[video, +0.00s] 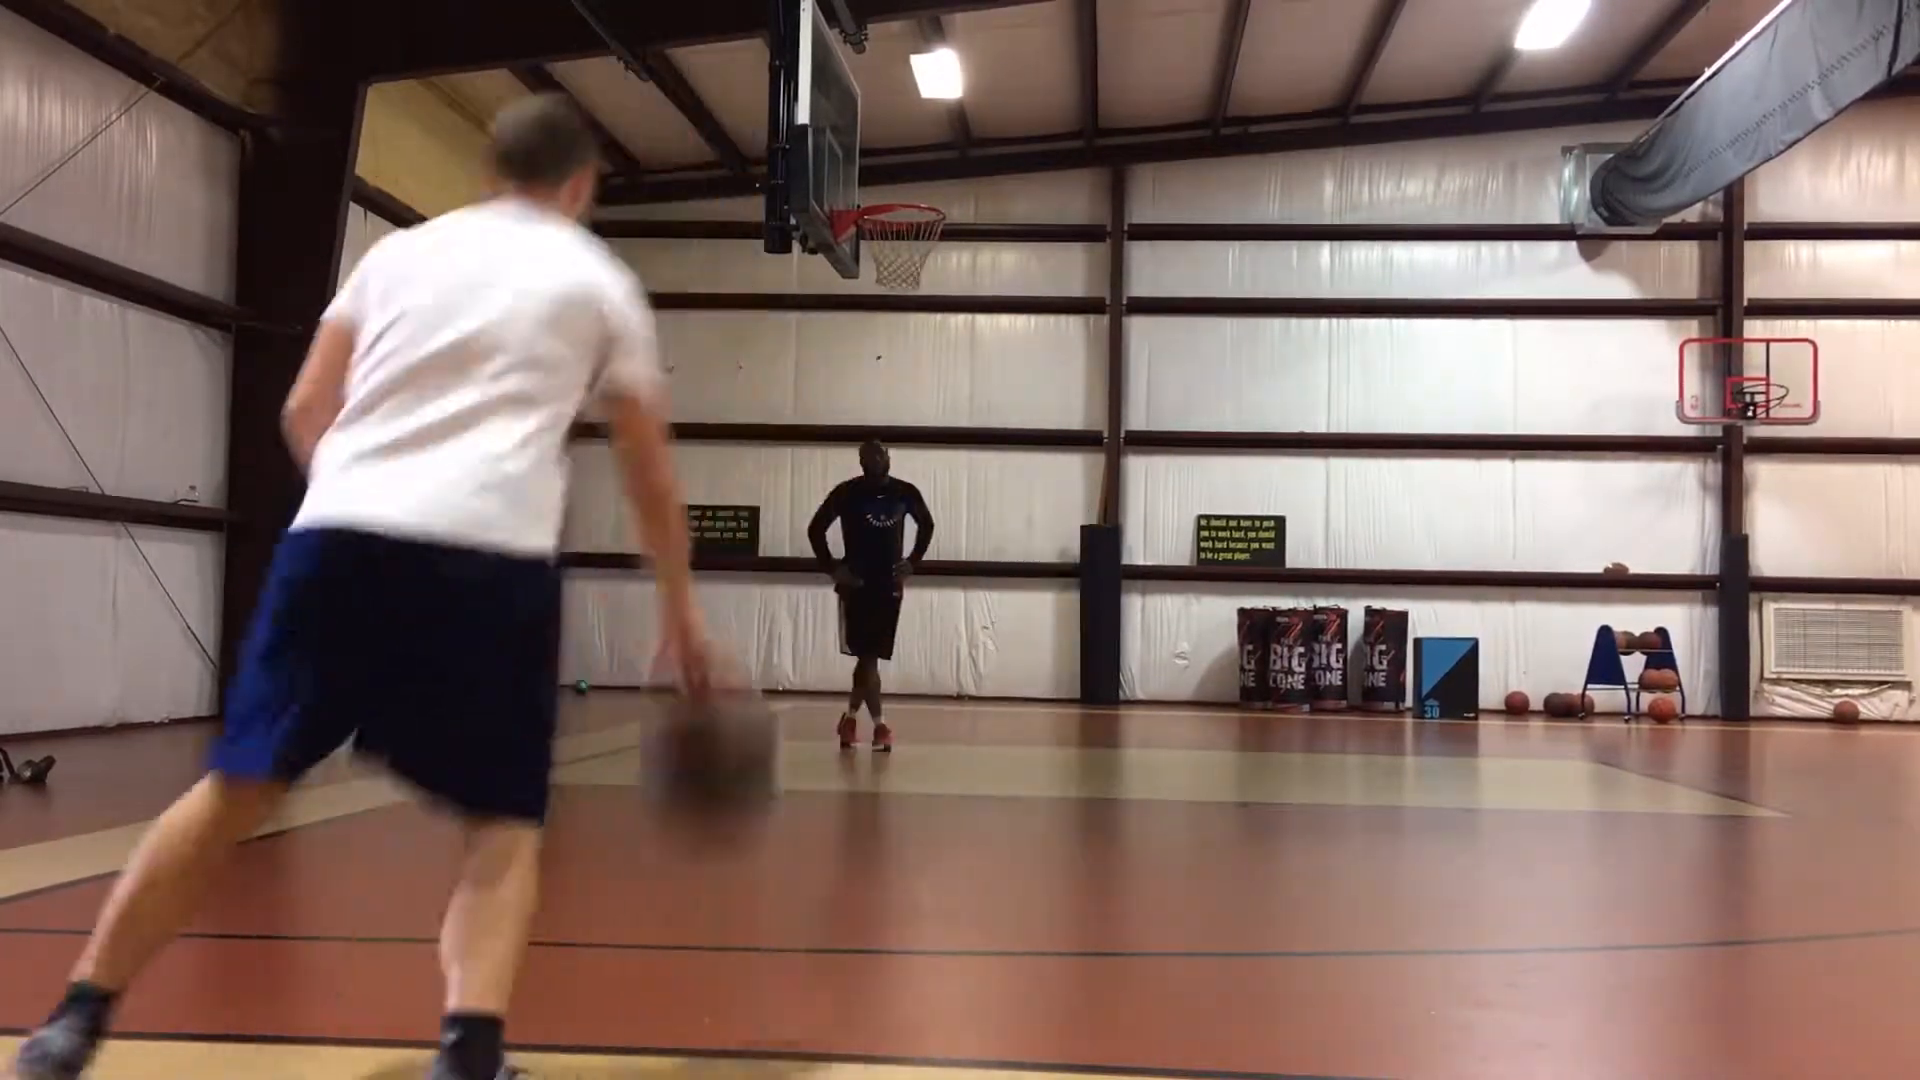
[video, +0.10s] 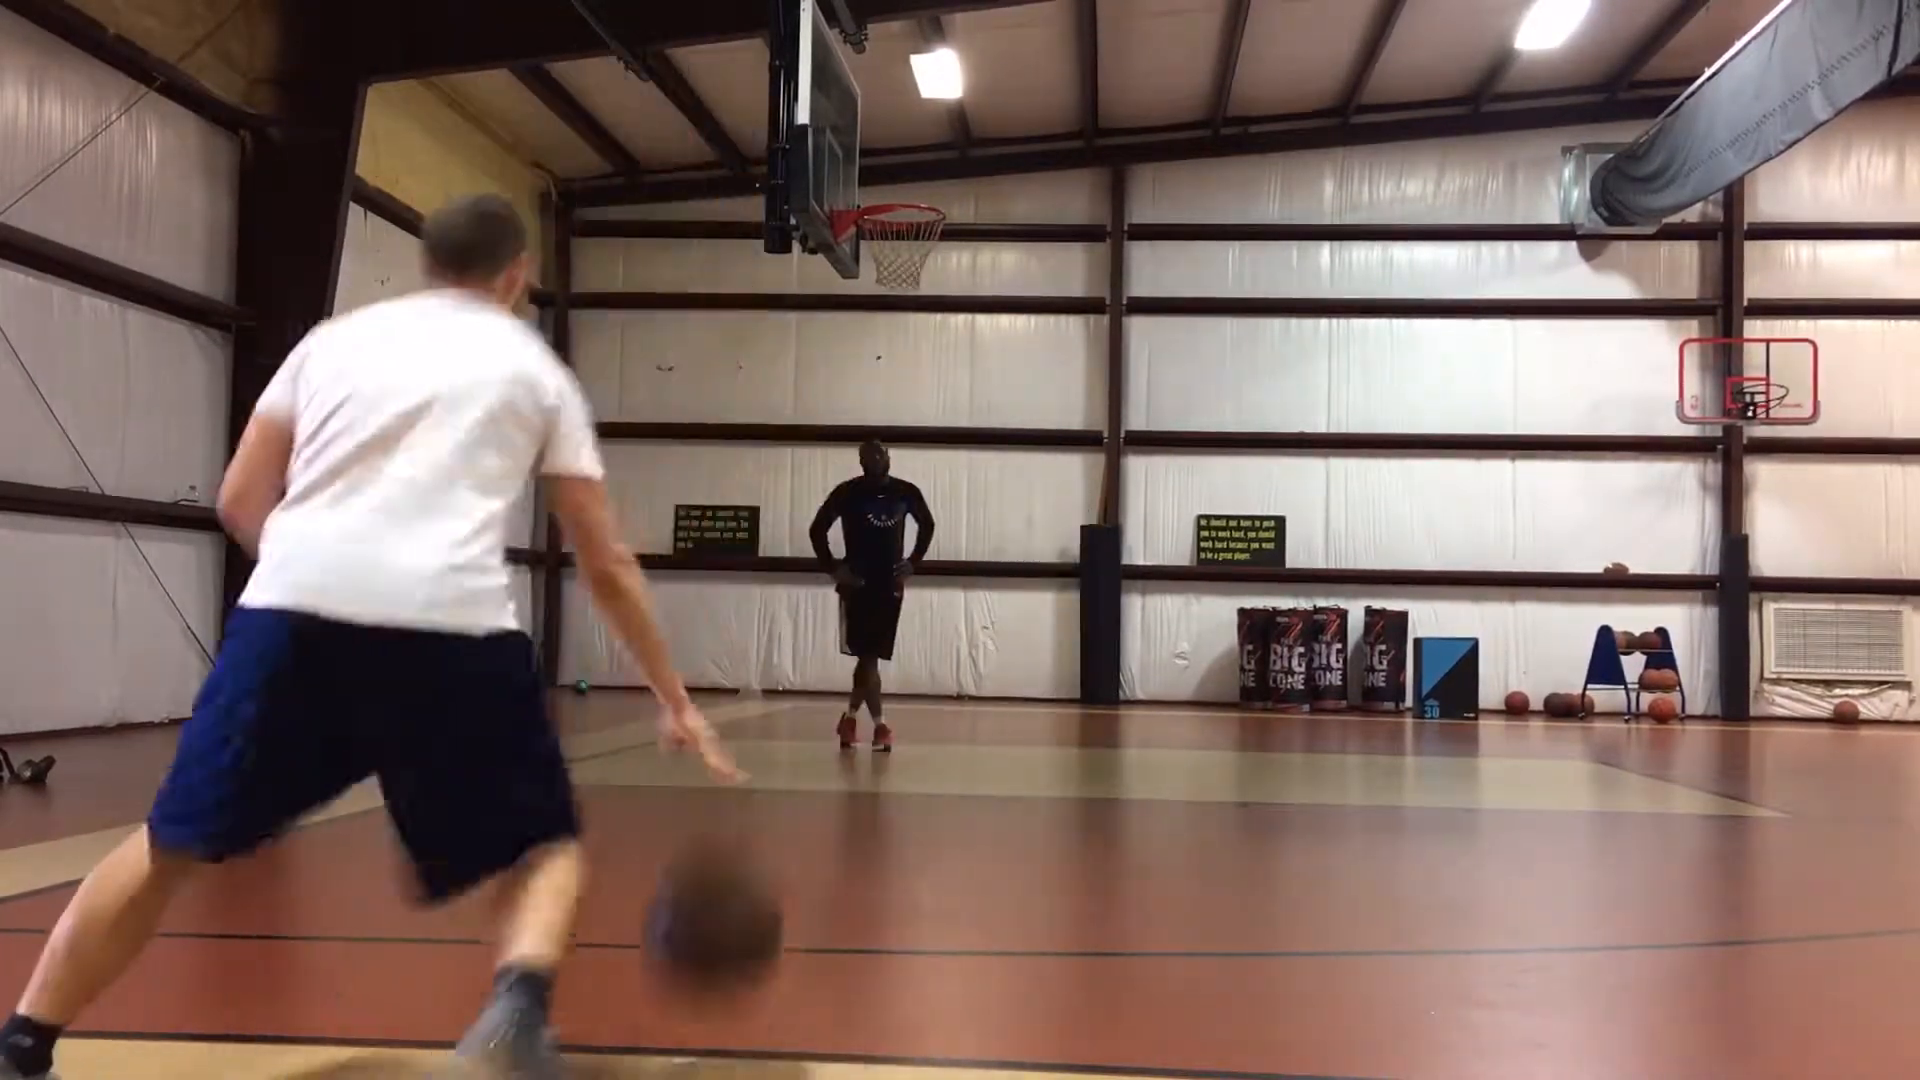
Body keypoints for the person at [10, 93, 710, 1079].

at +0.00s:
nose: (592, 200)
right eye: (595, 188)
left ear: (491, 173)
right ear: (582, 184)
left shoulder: (395, 253)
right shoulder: (597, 276)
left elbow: (308, 409)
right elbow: (650, 470)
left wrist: (376, 508)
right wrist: (681, 619)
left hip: (335, 544)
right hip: (490, 569)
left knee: (233, 784)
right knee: (505, 821)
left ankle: (76, 1018)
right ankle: (471, 1057)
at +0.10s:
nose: (528, 288)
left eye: (523, 273)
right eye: (527, 274)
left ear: (424, 264)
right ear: (516, 274)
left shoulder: (329, 341)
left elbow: (242, 499)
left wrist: (330, 582)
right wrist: (671, 692)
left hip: (293, 620)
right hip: (453, 631)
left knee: (165, 839)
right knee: (546, 841)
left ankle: (24, 1038)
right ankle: (516, 1014)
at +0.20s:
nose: (533, 310)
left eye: (519, 301)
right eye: (534, 299)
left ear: (434, 293)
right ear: (524, 297)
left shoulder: (348, 376)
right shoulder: (549, 379)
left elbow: (282, 538)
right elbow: (596, 532)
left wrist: (367, 609)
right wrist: (715, 635)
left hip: (320, 625)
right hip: (477, 627)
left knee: (192, 842)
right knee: (612, 811)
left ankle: (31, 1045)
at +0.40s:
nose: (714, 295)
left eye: (710, 285)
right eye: (715, 284)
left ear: (628, 275)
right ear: (705, 279)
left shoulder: (561, 346)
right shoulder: (707, 347)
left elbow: (566, 486)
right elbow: (726, 508)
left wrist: (692, 538)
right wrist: (766, 556)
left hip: (476, 590)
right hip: (606, 591)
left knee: (461, 804)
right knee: (724, 813)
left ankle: (275, 933)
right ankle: (784, 1024)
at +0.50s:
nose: (765, 325)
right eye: (768, 314)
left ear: (674, 306)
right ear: (759, 314)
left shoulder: (615, 376)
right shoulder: (767, 385)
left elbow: (610, 512)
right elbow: (798, 565)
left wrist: (745, 537)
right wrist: (827, 543)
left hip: (537, 609)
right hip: (661, 609)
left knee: (595, 786)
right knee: (757, 810)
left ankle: (510, 950)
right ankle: (787, 1024)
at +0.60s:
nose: (777, 309)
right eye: (778, 298)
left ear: (690, 302)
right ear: (775, 306)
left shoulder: (646, 376)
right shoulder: (797, 385)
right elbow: (867, 519)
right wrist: (869, 428)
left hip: (595, 637)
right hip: (711, 638)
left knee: (690, 799)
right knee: (795, 819)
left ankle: (600, 984)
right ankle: (788, 1021)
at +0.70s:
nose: (803, 230)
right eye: (802, 218)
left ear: (709, 229)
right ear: (793, 232)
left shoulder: (673, 301)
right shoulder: (804, 305)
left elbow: (733, 271)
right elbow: (906, 335)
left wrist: (784, 224)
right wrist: (865, 229)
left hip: (639, 582)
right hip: (748, 578)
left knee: (701, 780)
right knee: (810, 803)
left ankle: (606, 978)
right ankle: (785, 1003)